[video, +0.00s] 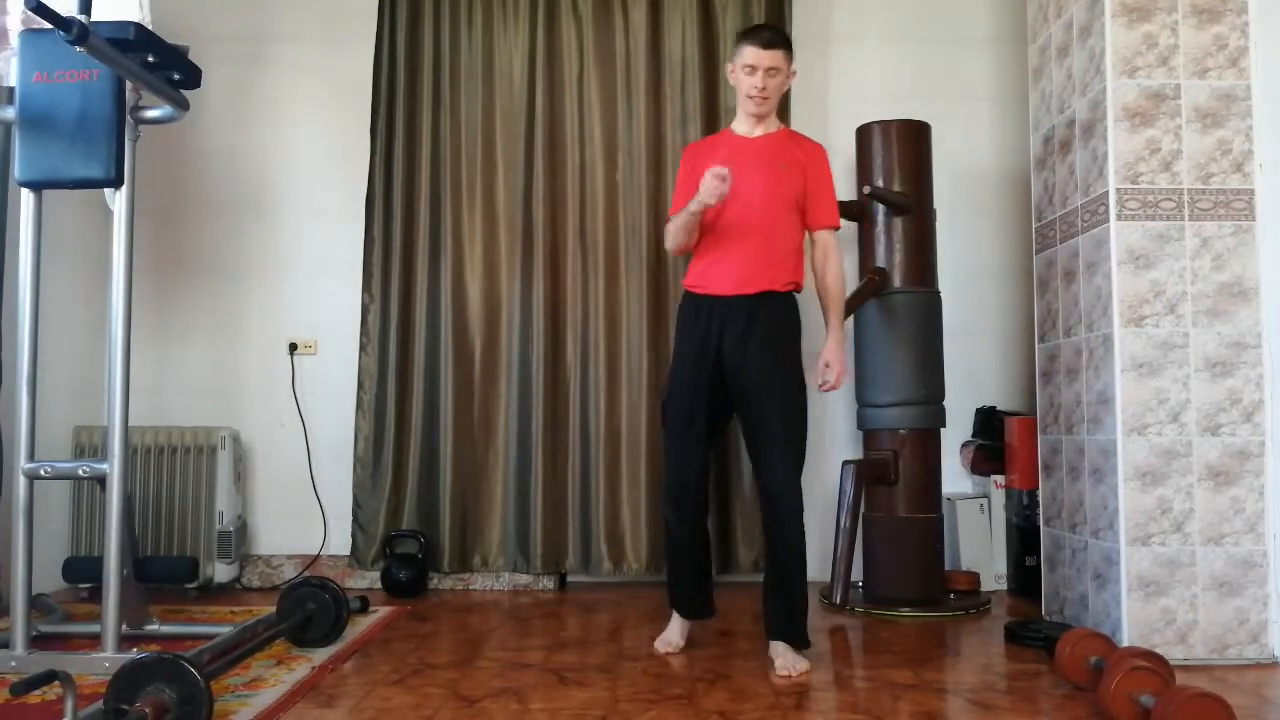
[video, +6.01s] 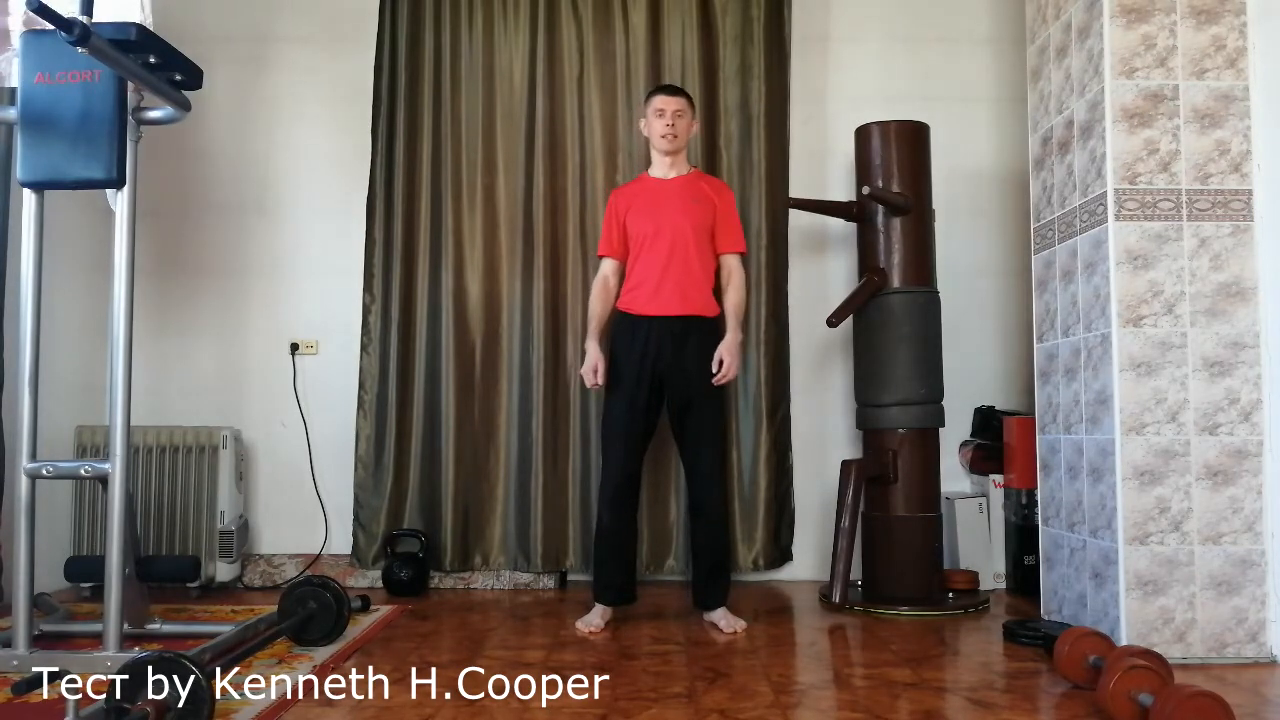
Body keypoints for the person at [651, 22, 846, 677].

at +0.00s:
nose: (760, 82)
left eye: (772, 72)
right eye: (750, 70)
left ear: (788, 79)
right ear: (731, 74)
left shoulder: (806, 155)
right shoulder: (700, 153)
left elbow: (826, 250)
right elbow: (674, 245)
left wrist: (835, 334)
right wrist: (700, 206)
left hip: (769, 323)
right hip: (700, 323)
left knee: (780, 482)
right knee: (683, 473)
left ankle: (785, 635)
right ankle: (685, 608)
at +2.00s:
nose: (667, 120)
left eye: (677, 113)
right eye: (657, 113)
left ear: (693, 127)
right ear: (642, 127)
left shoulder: (714, 193)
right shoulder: (622, 198)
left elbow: (730, 273)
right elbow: (605, 273)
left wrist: (727, 339)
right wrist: (591, 328)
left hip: (696, 340)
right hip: (632, 340)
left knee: (708, 476)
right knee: (617, 473)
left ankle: (713, 602)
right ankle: (609, 599)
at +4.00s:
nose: (669, 123)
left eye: (679, 116)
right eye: (659, 115)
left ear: (695, 128)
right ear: (645, 128)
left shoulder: (716, 191)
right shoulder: (625, 198)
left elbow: (737, 266)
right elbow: (606, 271)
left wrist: (731, 320)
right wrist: (591, 324)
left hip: (698, 338)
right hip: (634, 338)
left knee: (709, 474)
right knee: (620, 471)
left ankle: (713, 602)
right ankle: (609, 598)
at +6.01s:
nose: (669, 122)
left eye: (679, 114)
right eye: (659, 114)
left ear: (693, 127)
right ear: (643, 127)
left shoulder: (715, 193)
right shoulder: (624, 198)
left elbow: (732, 272)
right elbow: (608, 275)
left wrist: (732, 334)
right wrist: (594, 340)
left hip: (698, 339)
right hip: (633, 339)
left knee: (707, 475)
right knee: (618, 473)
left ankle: (712, 602)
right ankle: (608, 599)